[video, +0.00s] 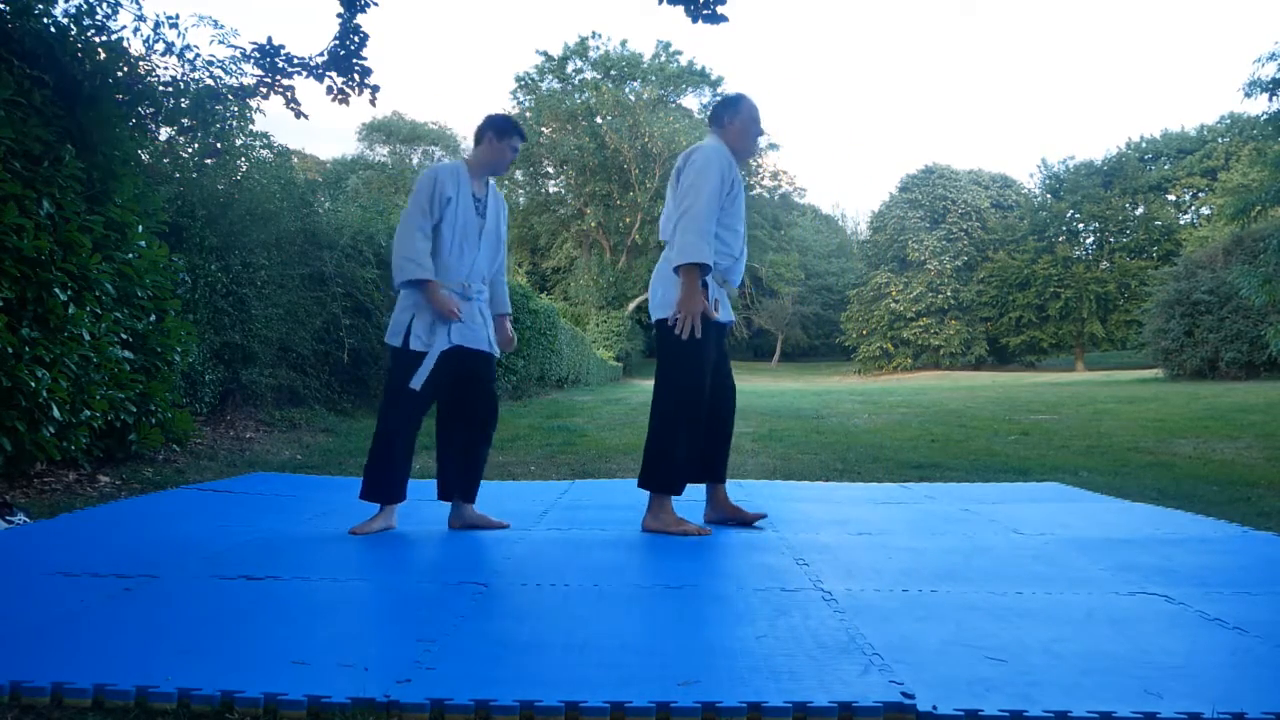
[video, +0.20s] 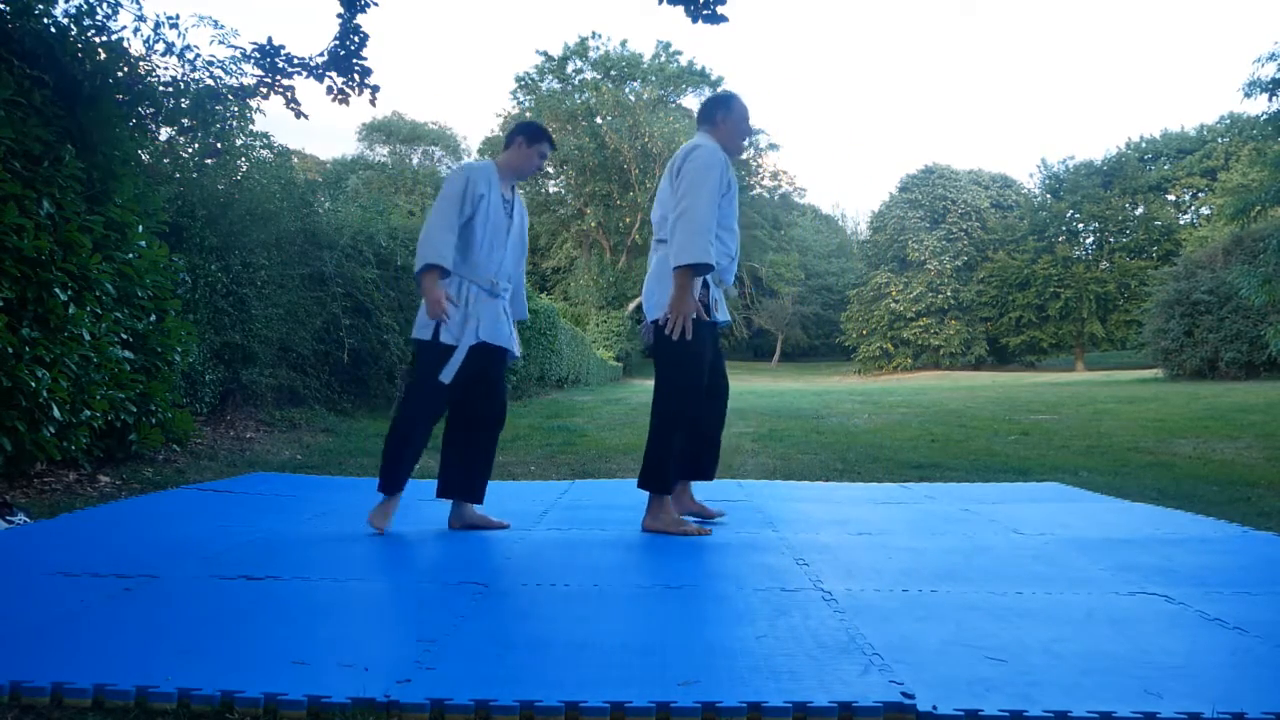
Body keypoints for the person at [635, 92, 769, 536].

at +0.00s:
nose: (759, 135)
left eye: (759, 127)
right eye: (754, 125)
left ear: (729, 123)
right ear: (729, 122)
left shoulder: (723, 164)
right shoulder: (710, 155)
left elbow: (697, 228)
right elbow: (695, 221)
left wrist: (713, 291)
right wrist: (691, 287)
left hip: (708, 301)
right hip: (690, 299)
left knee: (719, 401)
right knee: (679, 402)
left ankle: (718, 501)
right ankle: (659, 509)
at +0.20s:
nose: (749, 131)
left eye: (748, 124)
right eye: (744, 122)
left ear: (716, 120)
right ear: (721, 119)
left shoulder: (704, 157)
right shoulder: (705, 154)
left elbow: (681, 225)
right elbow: (692, 222)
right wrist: (683, 291)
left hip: (695, 300)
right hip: (684, 300)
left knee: (711, 393)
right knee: (679, 400)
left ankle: (683, 492)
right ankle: (659, 509)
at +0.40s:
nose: (740, 132)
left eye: (739, 124)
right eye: (735, 122)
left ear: (705, 121)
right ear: (714, 119)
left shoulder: (693, 156)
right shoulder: (700, 155)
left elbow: (682, 226)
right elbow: (687, 222)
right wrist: (679, 290)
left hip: (685, 297)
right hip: (687, 299)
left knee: (676, 399)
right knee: (681, 400)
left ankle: (653, 500)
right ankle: (655, 505)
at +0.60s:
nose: (734, 130)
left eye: (733, 123)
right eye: (728, 121)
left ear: (698, 123)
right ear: (706, 121)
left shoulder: (681, 158)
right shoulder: (696, 156)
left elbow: (663, 230)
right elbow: (684, 223)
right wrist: (676, 289)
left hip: (676, 299)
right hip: (685, 300)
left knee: (669, 399)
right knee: (682, 402)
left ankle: (651, 502)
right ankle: (657, 507)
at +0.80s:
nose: (730, 134)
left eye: (729, 126)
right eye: (725, 125)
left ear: (694, 126)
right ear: (705, 124)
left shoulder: (677, 160)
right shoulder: (693, 158)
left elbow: (658, 235)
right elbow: (680, 226)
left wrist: (647, 309)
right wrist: (673, 290)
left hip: (669, 300)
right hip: (683, 301)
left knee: (667, 400)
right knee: (682, 401)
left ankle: (650, 501)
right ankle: (659, 506)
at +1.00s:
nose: (731, 138)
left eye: (731, 130)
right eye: (727, 128)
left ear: (697, 127)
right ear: (705, 126)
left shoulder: (682, 161)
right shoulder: (691, 158)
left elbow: (666, 228)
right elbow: (678, 222)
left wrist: (660, 297)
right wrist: (671, 290)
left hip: (675, 304)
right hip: (680, 305)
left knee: (672, 400)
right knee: (682, 400)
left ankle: (653, 501)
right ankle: (655, 502)